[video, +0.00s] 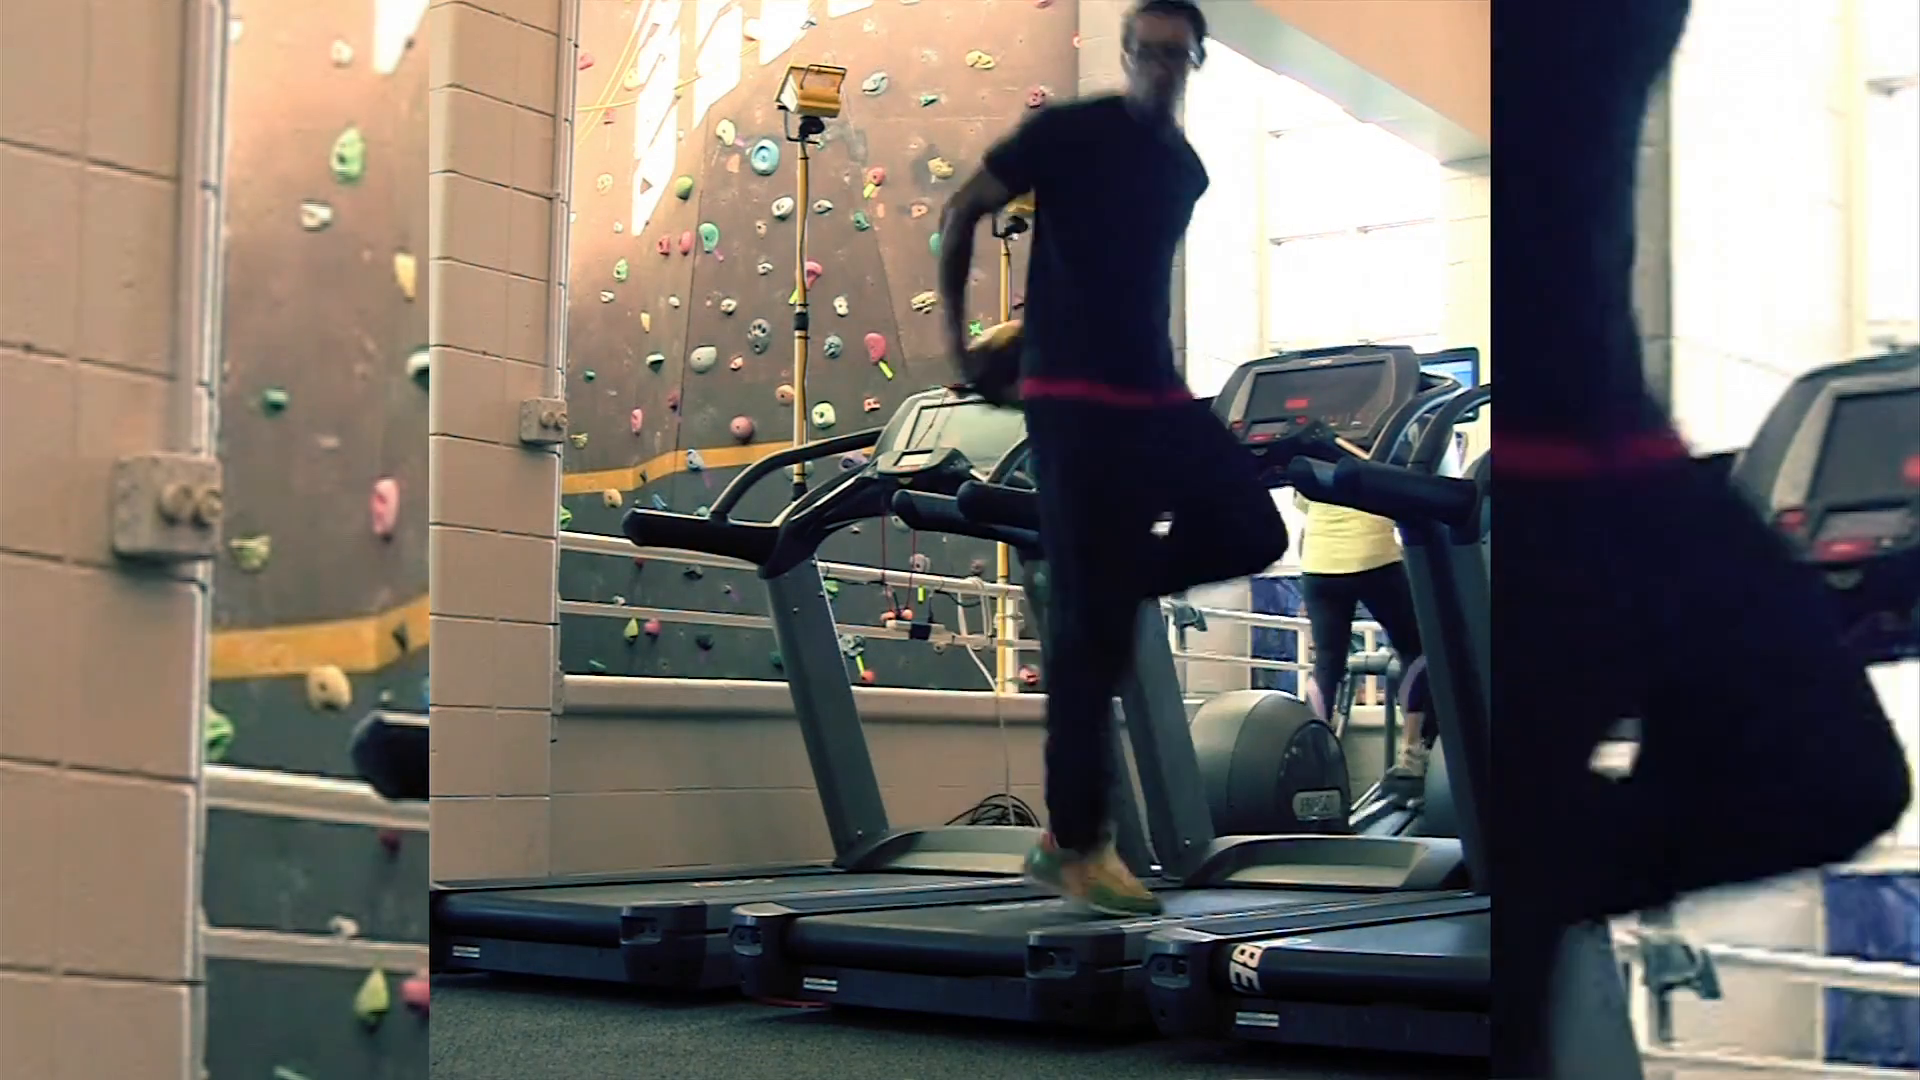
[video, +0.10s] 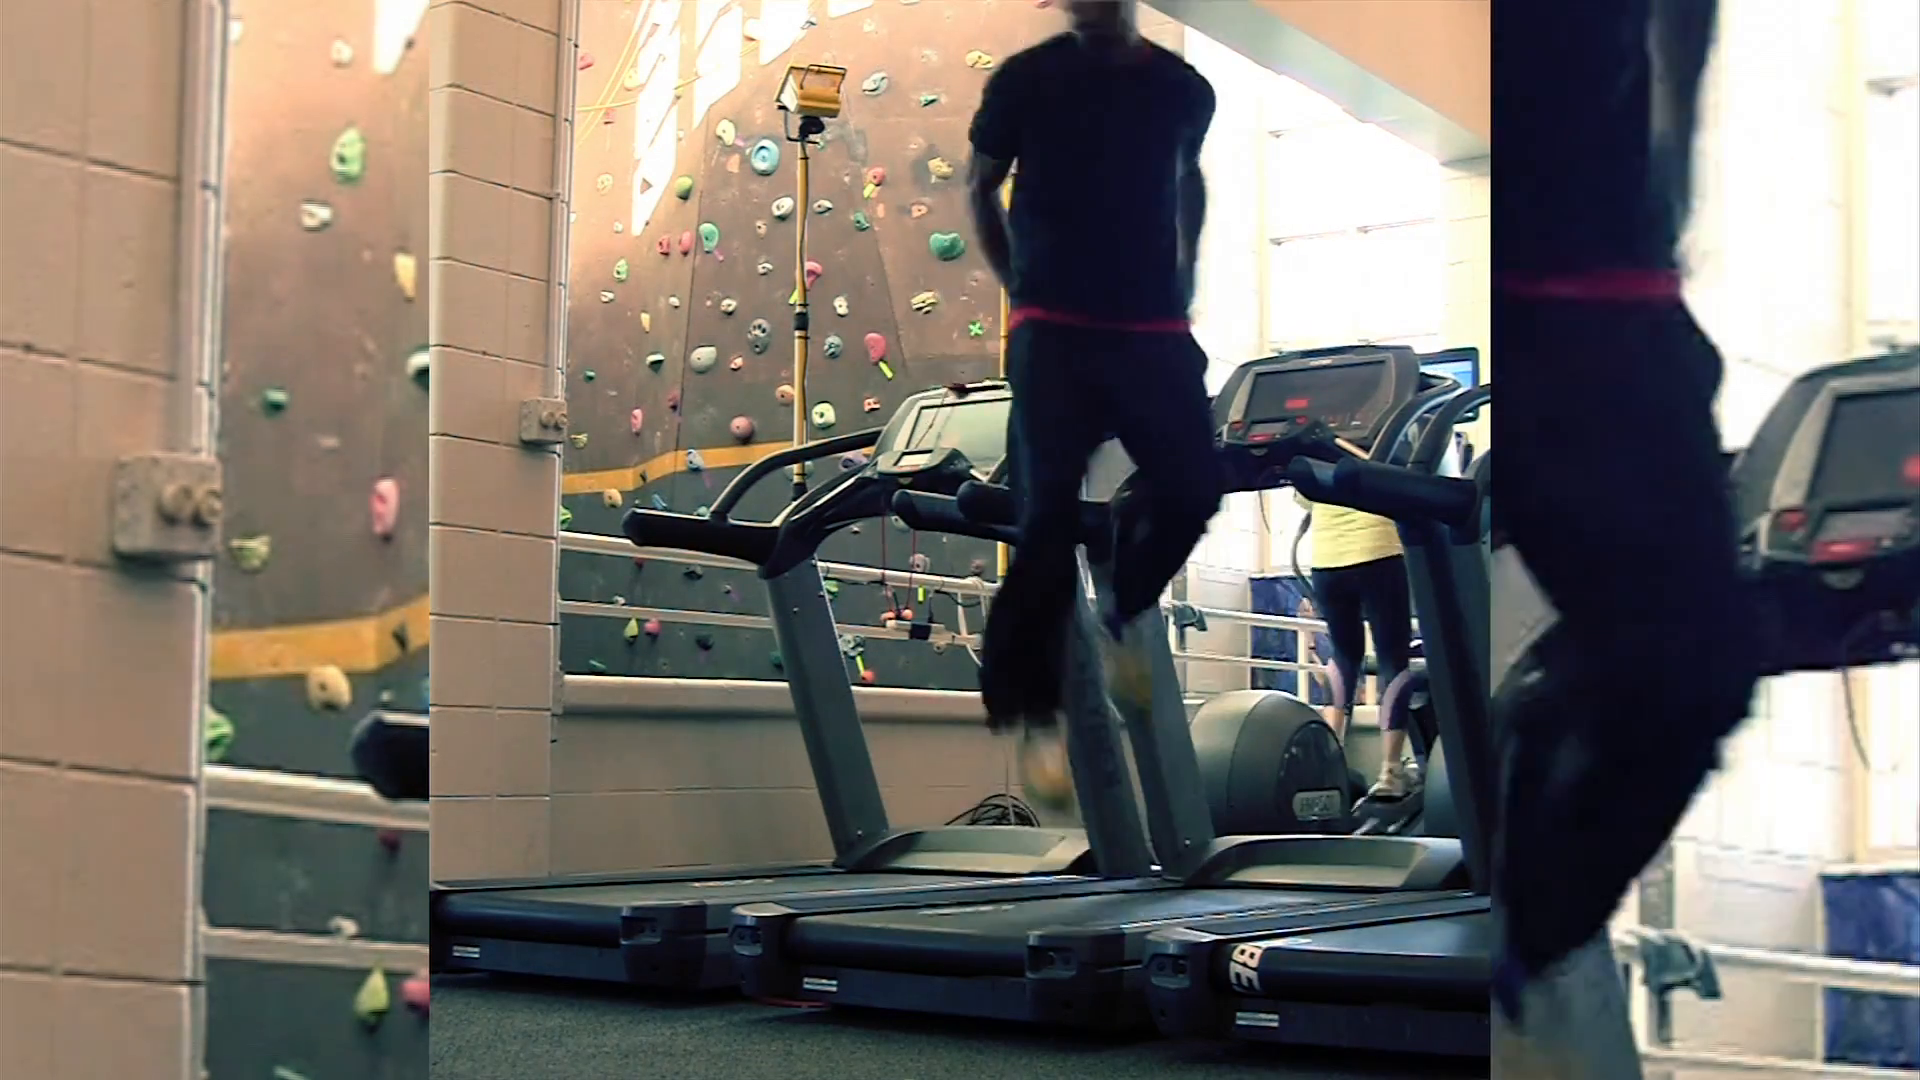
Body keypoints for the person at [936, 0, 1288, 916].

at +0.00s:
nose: (1161, 70)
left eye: (1177, 56)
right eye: (1148, 52)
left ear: (1196, 63)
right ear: (1122, 52)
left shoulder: (1183, 167)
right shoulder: (1064, 131)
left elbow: (1144, 278)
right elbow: (961, 211)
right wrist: (955, 346)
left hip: (1161, 398)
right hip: (1076, 401)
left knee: (1251, 536)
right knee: (1092, 613)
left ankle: (1096, 581)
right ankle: (1078, 847)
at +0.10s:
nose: (1099, 12)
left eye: (1109, 4)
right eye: (1088, 5)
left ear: (1130, 6)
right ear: (1071, 7)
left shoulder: (1179, 82)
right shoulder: (1024, 77)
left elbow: (1188, 180)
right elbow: (978, 190)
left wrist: (1181, 276)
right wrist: (1015, 284)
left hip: (1155, 338)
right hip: (1054, 337)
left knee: (1191, 489)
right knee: (1047, 526)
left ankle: (1118, 607)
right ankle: (1030, 720)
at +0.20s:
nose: (1006, 17)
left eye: (1017, 5)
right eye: (997, 10)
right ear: (997, 14)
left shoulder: (1150, 53)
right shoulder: (991, 85)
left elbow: (1254, 102)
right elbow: (1001, 197)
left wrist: (1307, 196)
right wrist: (1021, 292)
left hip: (1141, 320)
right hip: (1041, 309)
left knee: (1119, 533)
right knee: (981, 401)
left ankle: (1161, 711)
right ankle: (1020, 593)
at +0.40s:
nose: (937, 118)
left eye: (947, 100)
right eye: (936, 103)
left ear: (995, 93)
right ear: (989, 100)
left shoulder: (1068, 138)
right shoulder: (1012, 188)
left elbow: (1216, 132)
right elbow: (1047, 299)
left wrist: (1270, 202)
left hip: (1109, 411)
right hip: (1039, 409)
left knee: (1076, 610)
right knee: (910, 507)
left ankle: (1130, 847)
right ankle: (1051, 607)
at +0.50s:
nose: (933, 155)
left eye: (939, 136)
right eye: (934, 138)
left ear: (975, 133)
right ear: (993, 134)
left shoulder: (1038, 185)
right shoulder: (1026, 203)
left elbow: (1152, 231)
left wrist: (1136, 334)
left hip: (1078, 457)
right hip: (1075, 455)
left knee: (994, 654)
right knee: (1029, 654)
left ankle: (1078, 871)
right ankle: (1162, 765)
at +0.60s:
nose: (931, 144)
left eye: (939, 126)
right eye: (932, 129)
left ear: (976, 123)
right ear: (1015, 126)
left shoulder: (1011, 191)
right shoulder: (1081, 196)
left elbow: (1037, 324)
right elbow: (1156, 326)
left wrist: (946, 421)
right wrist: (1134, 429)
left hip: (1048, 443)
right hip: (1118, 445)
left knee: (982, 644)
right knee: (1098, 628)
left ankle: (1023, 859)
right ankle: (1188, 830)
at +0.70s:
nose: (941, 140)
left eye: (947, 124)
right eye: (943, 125)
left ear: (977, 121)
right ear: (1027, 120)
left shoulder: (980, 202)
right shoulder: (1118, 186)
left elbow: (911, 346)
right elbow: (1196, 299)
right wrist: (1170, 399)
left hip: (1045, 445)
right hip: (1141, 438)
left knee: (996, 621)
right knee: (1155, 641)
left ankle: (972, 817)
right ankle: (1167, 841)